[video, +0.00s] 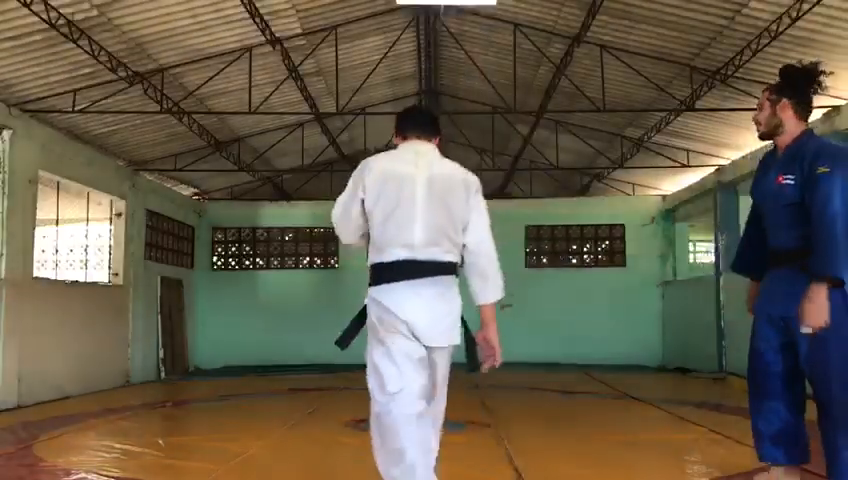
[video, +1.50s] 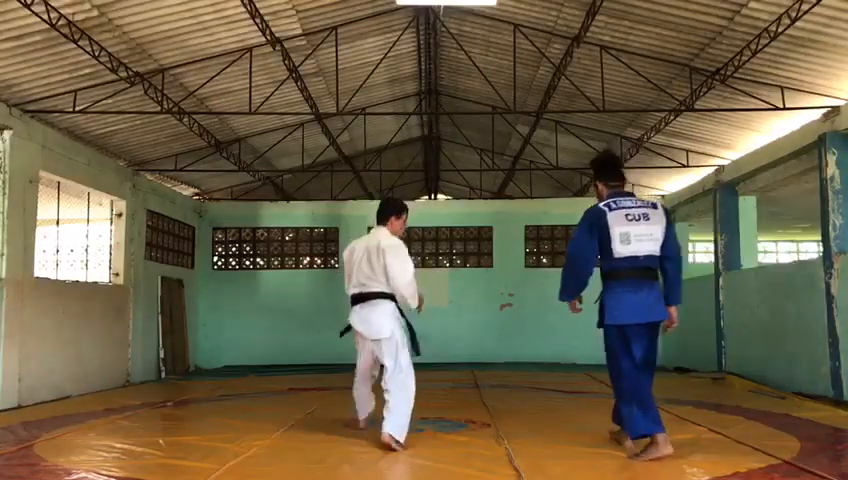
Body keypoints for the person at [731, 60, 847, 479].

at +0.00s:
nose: (756, 110)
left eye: (762, 103)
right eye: (758, 103)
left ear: (784, 107)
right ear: (787, 108)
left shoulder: (825, 154)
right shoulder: (767, 165)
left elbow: (831, 222)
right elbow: (760, 228)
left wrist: (821, 286)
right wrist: (756, 281)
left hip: (821, 282)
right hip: (777, 281)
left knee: (831, 385)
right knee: (771, 375)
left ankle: (838, 469)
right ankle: (782, 466)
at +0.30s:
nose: (734, 136)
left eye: (737, 127)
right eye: (735, 128)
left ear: (753, 129)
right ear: (764, 130)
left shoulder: (778, 168)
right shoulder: (763, 172)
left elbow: (778, 230)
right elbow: (776, 233)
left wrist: (764, 288)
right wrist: (767, 288)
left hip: (795, 284)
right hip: (774, 286)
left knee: (814, 384)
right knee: (770, 381)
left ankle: (837, 468)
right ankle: (778, 465)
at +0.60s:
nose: (705, 152)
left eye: (706, 144)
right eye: (705, 144)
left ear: (718, 142)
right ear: (738, 140)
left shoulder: (728, 180)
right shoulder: (767, 179)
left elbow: (726, 238)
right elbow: (768, 240)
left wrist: (703, 291)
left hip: (744, 284)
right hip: (774, 282)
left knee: (728, 368)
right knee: (768, 369)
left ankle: (786, 446)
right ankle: (777, 455)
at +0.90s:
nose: (666, 171)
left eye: (665, 164)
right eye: (666, 164)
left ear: (672, 163)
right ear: (696, 159)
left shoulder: (680, 194)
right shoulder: (729, 190)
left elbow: (676, 245)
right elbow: (737, 243)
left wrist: (658, 292)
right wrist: (725, 280)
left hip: (697, 295)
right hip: (738, 292)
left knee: (674, 368)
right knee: (753, 376)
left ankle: (663, 443)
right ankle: (773, 457)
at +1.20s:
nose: (620, 182)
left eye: (619, 176)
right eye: (620, 176)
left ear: (623, 175)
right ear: (650, 168)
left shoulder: (628, 202)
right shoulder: (687, 195)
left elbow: (615, 250)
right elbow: (710, 242)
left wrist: (606, 291)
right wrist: (717, 290)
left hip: (648, 299)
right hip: (685, 296)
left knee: (645, 369)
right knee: (684, 361)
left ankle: (659, 446)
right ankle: (705, 413)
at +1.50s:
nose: (595, 192)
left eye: (594, 186)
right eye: (595, 187)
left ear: (600, 186)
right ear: (626, 182)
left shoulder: (598, 213)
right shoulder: (657, 210)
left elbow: (579, 256)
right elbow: (671, 258)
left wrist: (571, 291)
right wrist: (672, 302)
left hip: (619, 302)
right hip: (653, 300)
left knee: (626, 369)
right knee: (642, 366)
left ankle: (660, 439)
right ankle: (625, 429)